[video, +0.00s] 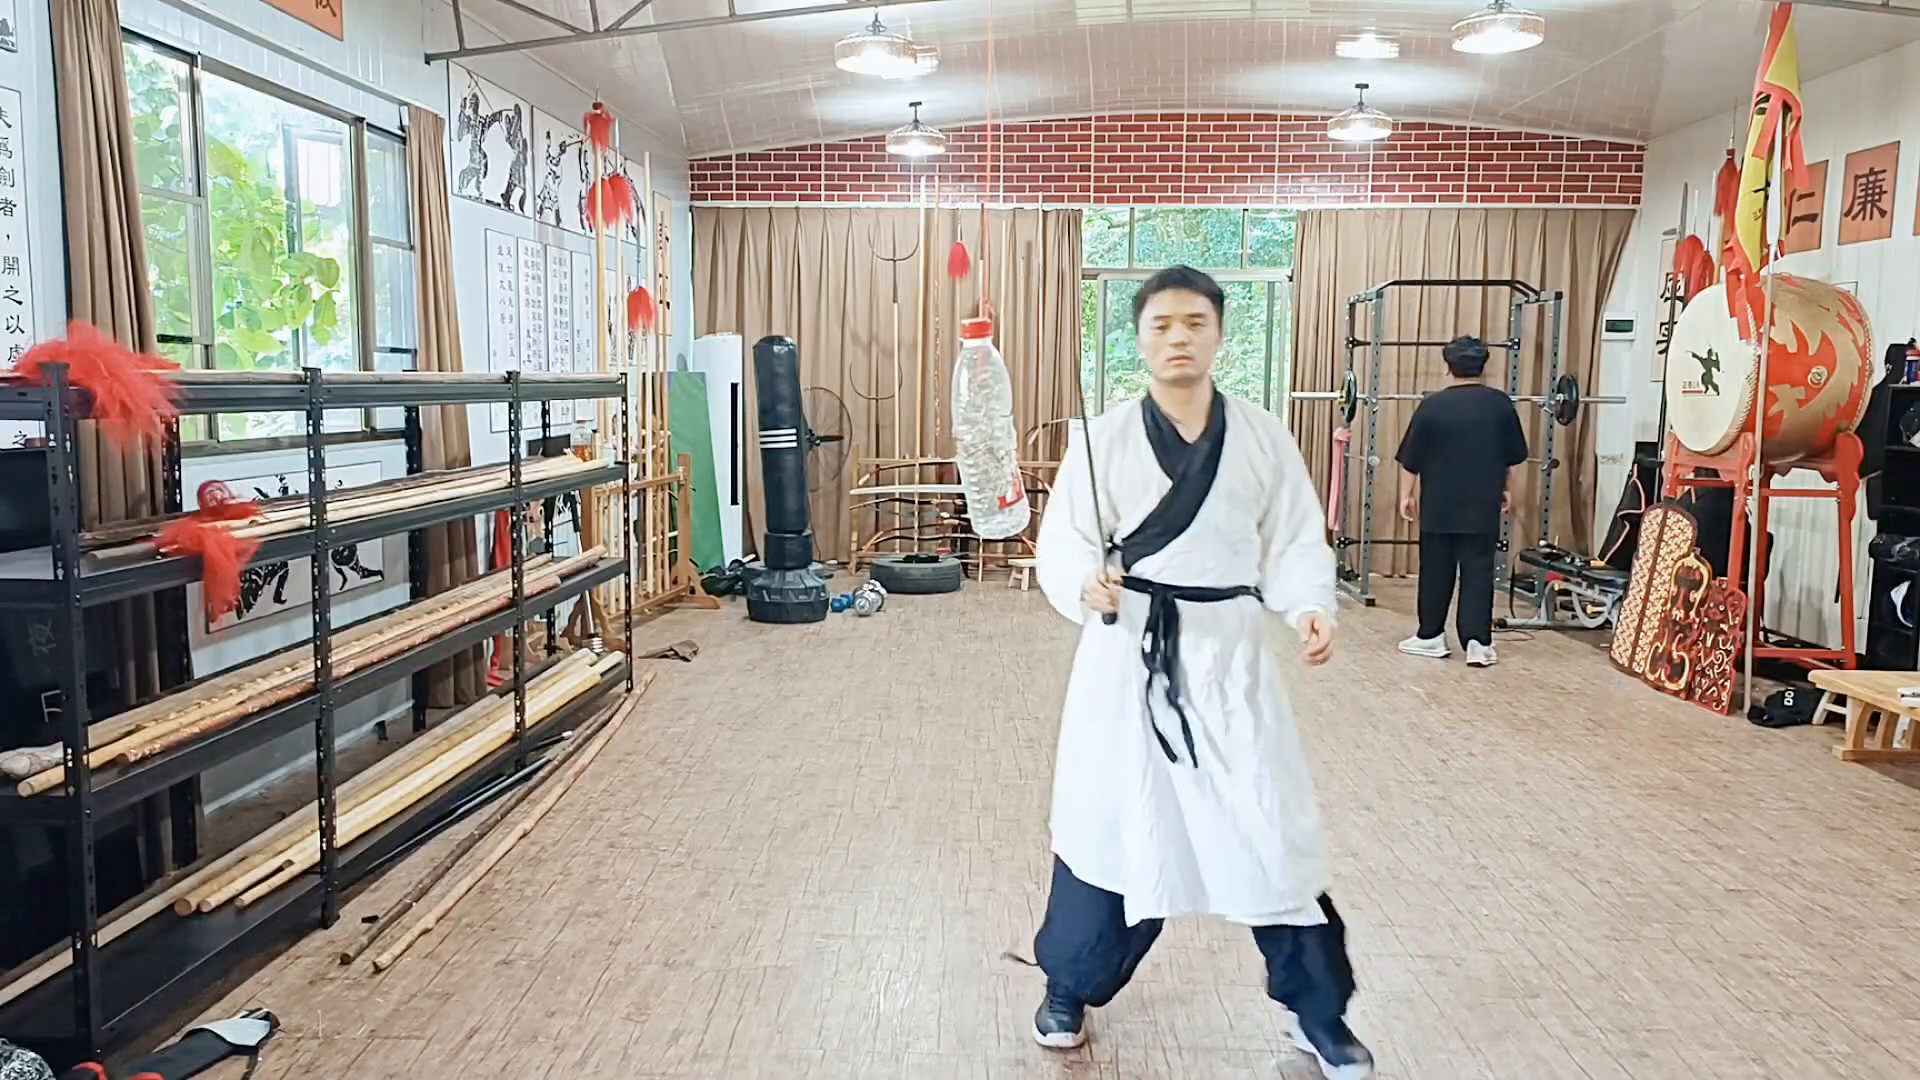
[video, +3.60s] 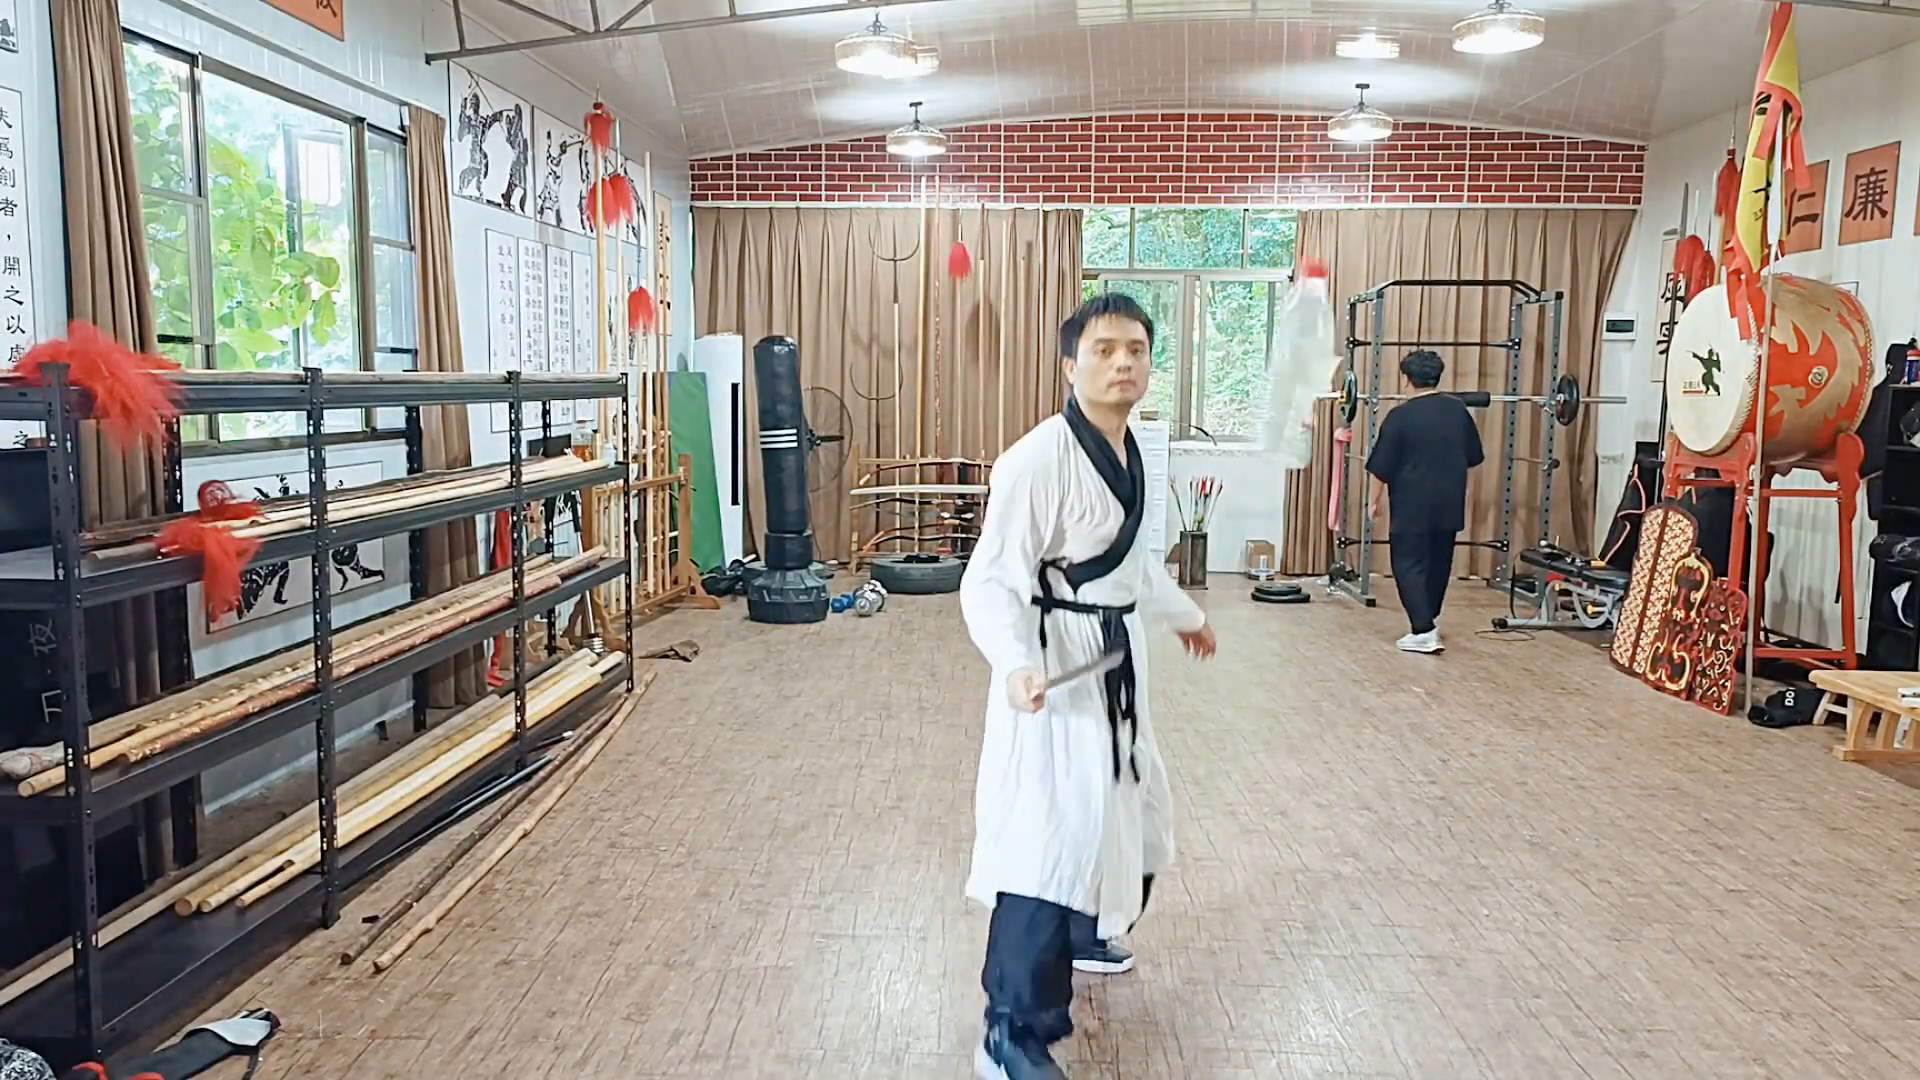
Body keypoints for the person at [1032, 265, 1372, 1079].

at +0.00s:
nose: (1179, 338)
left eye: (1195, 323)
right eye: (1162, 325)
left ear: (1220, 338)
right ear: (1139, 343)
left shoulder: (1264, 437)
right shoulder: (1097, 441)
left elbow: (1298, 540)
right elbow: (1060, 543)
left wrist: (1309, 603)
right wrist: (1084, 583)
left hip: (1235, 662)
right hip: (1126, 662)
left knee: (1277, 837)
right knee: (1112, 832)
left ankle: (1321, 1017)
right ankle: (1069, 988)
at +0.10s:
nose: (1146, 332)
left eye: (1161, 317)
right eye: (1129, 319)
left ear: (1186, 330)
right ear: (1106, 337)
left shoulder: (1230, 426)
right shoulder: (1072, 437)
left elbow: (1266, 533)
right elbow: (1033, 537)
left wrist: (1289, 613)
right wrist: (1062, 573)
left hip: (1208, 642)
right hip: (1106, 641)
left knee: (1233, 804)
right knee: (1094, 810)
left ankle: (1244, 975)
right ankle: (1066, 984)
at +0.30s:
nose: (1114, 334)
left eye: (1128, 318)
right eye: (1096, 322)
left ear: (1149, 329)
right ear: (1071, 339)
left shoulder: (1189, 425)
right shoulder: (1046, 436)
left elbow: (1231, 535)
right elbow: (1009, 535)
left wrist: (1277, 627)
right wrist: (1036, 578)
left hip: (1170, 627)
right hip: (1079, 629)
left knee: (1168, 784)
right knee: (1069, 796)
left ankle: (1132, 928)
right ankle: (1064, 975)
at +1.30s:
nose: (1120, 366)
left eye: (1133, 350)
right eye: (1101, 352)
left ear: (1150, 357)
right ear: (1067, 360)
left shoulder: (1146, 437)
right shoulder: (1041, 445)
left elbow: (1162, 534)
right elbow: (986, 551)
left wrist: (1183, 610)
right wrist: (1036, 575)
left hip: (1129, 652)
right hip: (1057, 660)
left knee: (1118, 802)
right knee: (1048, 839)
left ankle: (1097, 937)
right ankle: (1038, 1047)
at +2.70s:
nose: (1120, 392)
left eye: (1134, 376)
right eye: (1099, 377)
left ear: (1150, 386)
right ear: (1064, 388)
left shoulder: (1133, 469)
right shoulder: (1039, 472)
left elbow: (1143, 566)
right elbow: (974, 574)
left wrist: (1173, 639)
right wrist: (1033, 586)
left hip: (1111, 680)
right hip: (1049, 686)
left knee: (1082, 858)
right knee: (1049, 877)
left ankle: (1051, 1033)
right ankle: (1036, 1058)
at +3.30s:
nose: (1119, 388)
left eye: (1135, 373)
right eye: (1099, 374)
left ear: (1151, 391)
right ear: (1063, 394)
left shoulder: (1140, 474)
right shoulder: (1024, 493)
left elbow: (1130, 569)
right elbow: (975, 620)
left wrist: (1142, 639)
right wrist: (995, 699)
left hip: (1107, 694)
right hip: (1039, 703)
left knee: (1085, 876)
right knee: (1037, 890)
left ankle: (1048, 1050)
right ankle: (1020, 1062)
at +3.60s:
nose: (1124, 363)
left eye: (1136, 349)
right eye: (1105, 350)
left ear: (1151, 365)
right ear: (1071, 365)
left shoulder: (1136, 450)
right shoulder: (1038, 460)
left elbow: (1133, 558)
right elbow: (991, 578)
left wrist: (1183, 615)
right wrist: (1016, 659)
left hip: (1116, 663)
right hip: (1053, 673)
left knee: (1116, 805)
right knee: (1043, 837)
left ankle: (1080, 934)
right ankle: (1015, 1036)